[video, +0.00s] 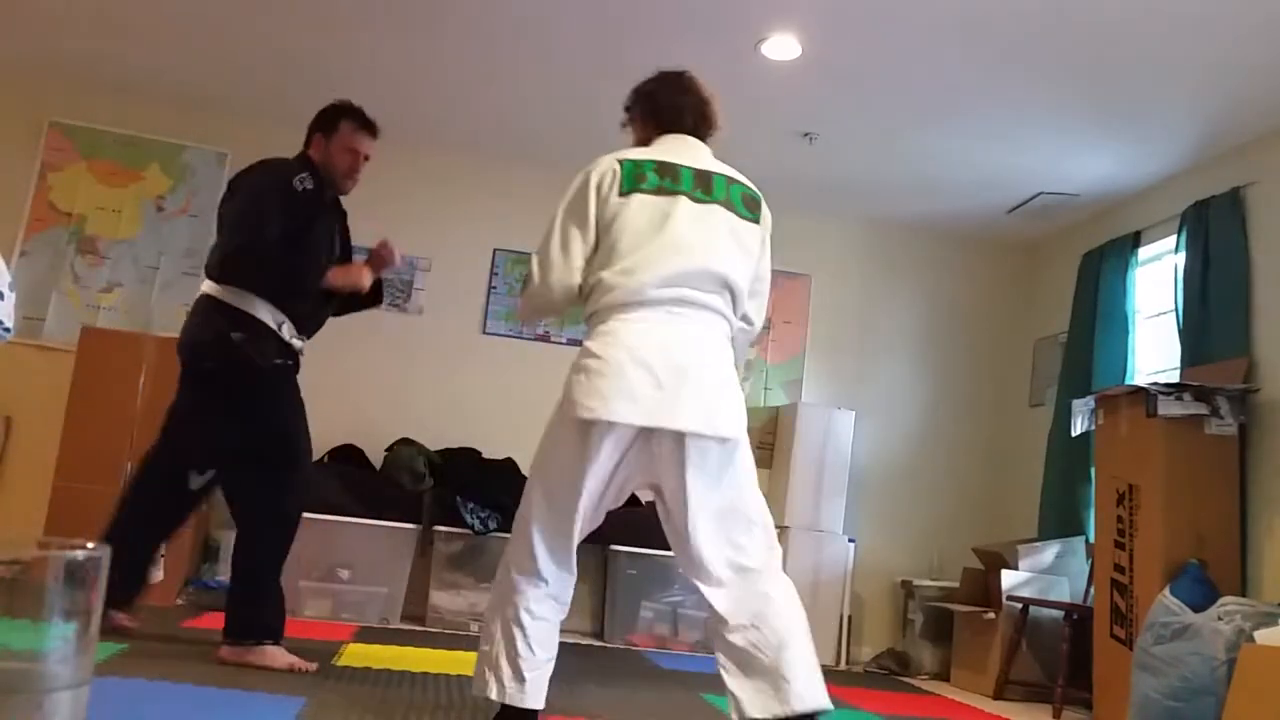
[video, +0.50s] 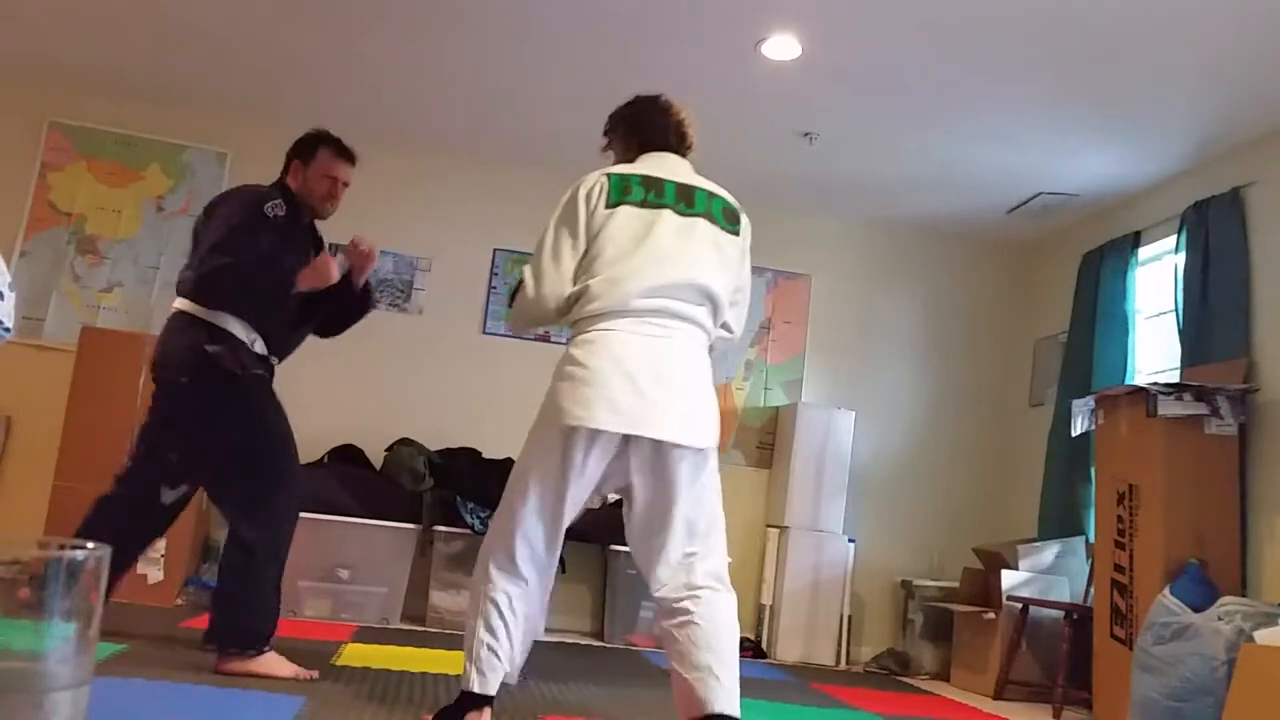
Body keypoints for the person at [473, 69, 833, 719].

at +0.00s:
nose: (628, 134)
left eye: (630, 124)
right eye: (629, 126)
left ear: (642, 123)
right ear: (704, 127)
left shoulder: (611, 171)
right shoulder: (751, 198)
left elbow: (557, 286)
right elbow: (751, 315)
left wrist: (529, 307)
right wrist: (714, 369)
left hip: (616, 369)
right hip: (709, 381)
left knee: (546, 539)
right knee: (742, 559)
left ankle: (516, 697)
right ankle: (801, 708)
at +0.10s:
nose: (619, 128)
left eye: (621, 119)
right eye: (619, 121)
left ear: (635, 117)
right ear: (699, 119)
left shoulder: (606, 162)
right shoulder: (744, 186)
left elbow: (551, 272)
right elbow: (749, 305)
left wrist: (523, 297)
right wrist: (709, 356)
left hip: (613, 364)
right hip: (706, 376)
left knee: (552, 542)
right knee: (725, 553)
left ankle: (521, 702)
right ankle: (760, 705)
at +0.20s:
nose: (622, 134)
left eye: (622, 125)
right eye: (621, 127)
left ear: (635, 121)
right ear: (701, 121)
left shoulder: (609, 164)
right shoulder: (747, 187)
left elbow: (552, 274)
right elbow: (752, 306)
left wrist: (527, 294)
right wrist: (718, 362)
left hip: (618, 368)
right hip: (709, 381)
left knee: (553, 548)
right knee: (707, 569)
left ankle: (521, 702)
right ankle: (715, 714)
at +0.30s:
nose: (624, 144)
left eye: (626, 135)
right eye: (624, 136)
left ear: (638, 131)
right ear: (703, 133)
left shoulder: (616, 173)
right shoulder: (751, 199)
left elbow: (562, 287)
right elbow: (753, 315)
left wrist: (537, 295)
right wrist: (713, 366)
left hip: (621, 375)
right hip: (710, 389)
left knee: (528, 536)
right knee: (711, 572)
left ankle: (520, 683)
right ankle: (714, 713)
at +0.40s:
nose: (619, 147)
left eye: (622, 138)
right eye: (621, 139)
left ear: (633, 134)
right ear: (695, 136)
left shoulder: (613, 177)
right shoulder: (744, 203)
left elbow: (559, 292)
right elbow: (748, 315)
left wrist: (539, 301)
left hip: (613, 374)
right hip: (701, 389)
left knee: (525, 516)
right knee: (707, 572)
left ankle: (491, 683)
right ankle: (714, 713)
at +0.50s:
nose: (608, 154)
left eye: (610, 145)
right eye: (610, 147)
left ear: (622, 142)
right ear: (682, 144)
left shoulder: (600, 185)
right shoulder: (731, 211)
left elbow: (544, 296)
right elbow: (733, 324)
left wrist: (523, 313)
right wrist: (691, 358)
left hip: (598, 378)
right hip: (683, 391)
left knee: (524, 538)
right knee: (695, 570)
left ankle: (477, 694)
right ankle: (716, 710)